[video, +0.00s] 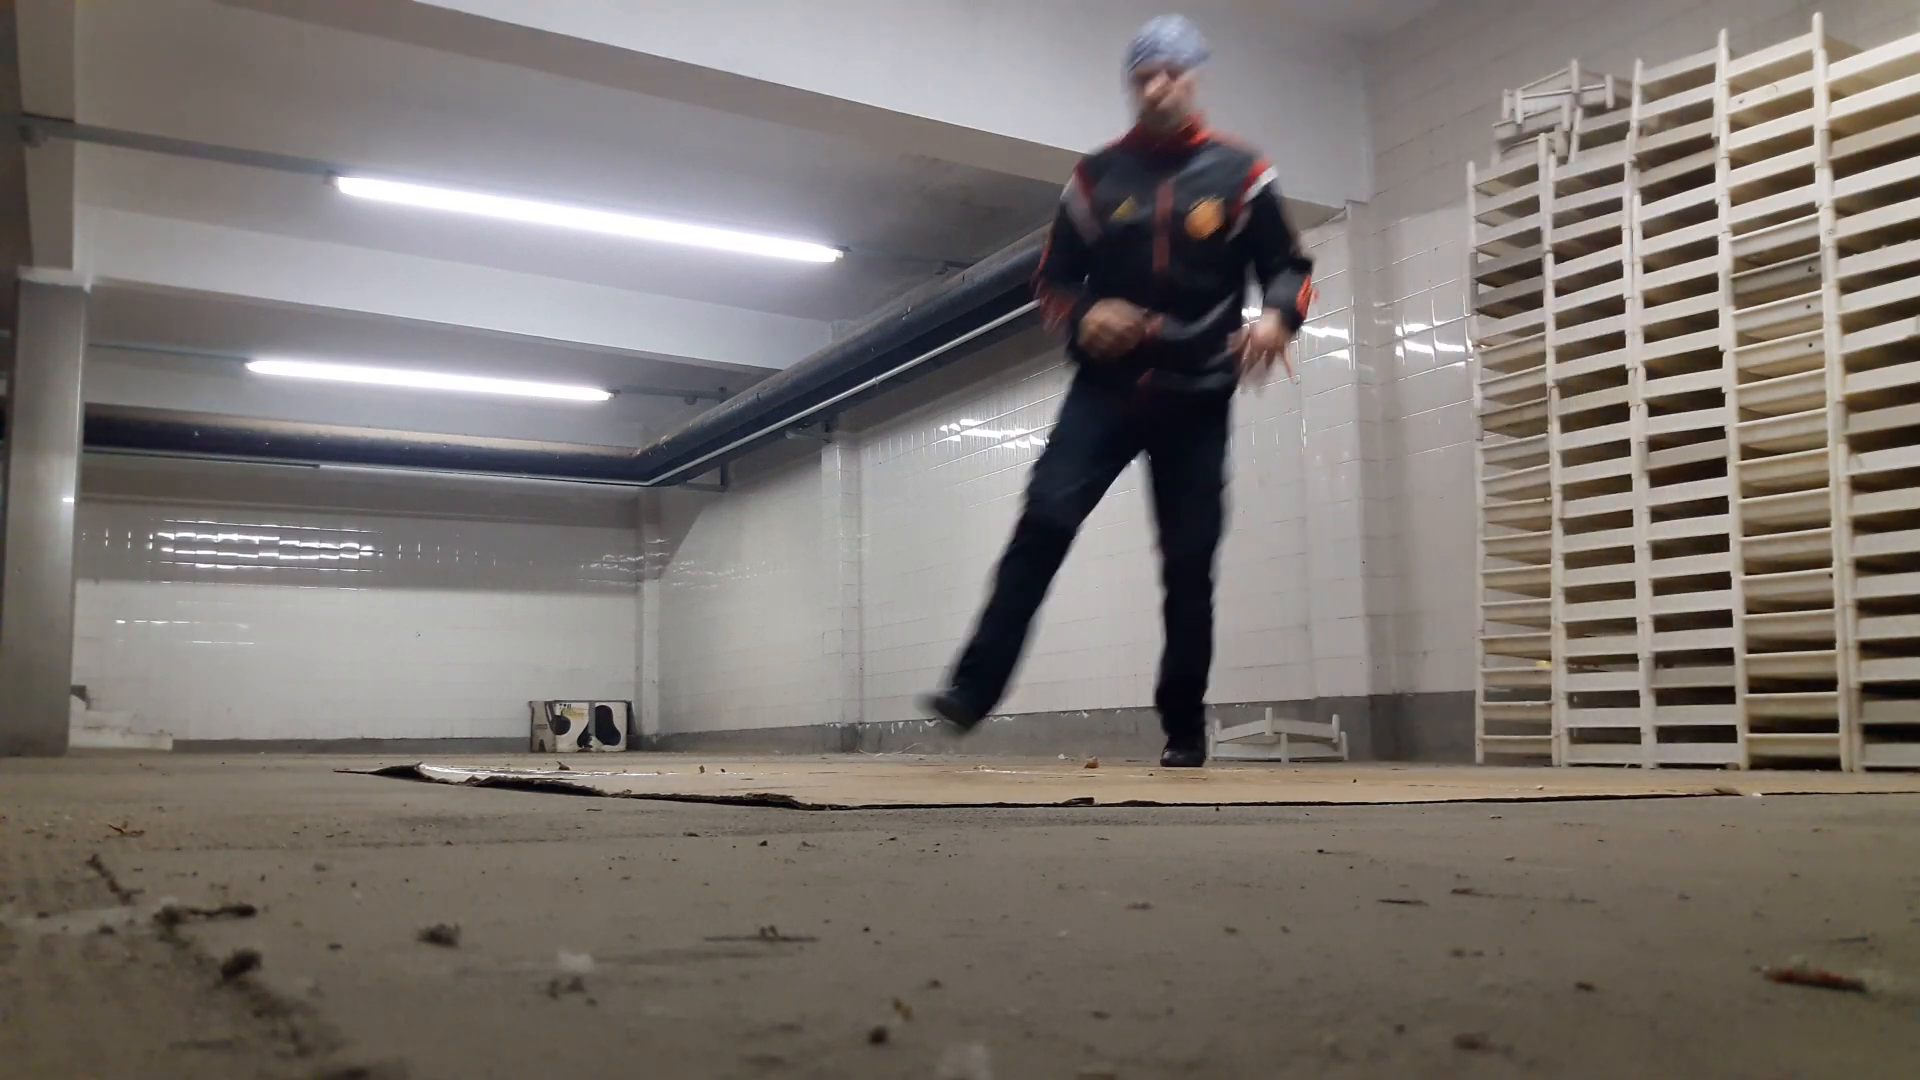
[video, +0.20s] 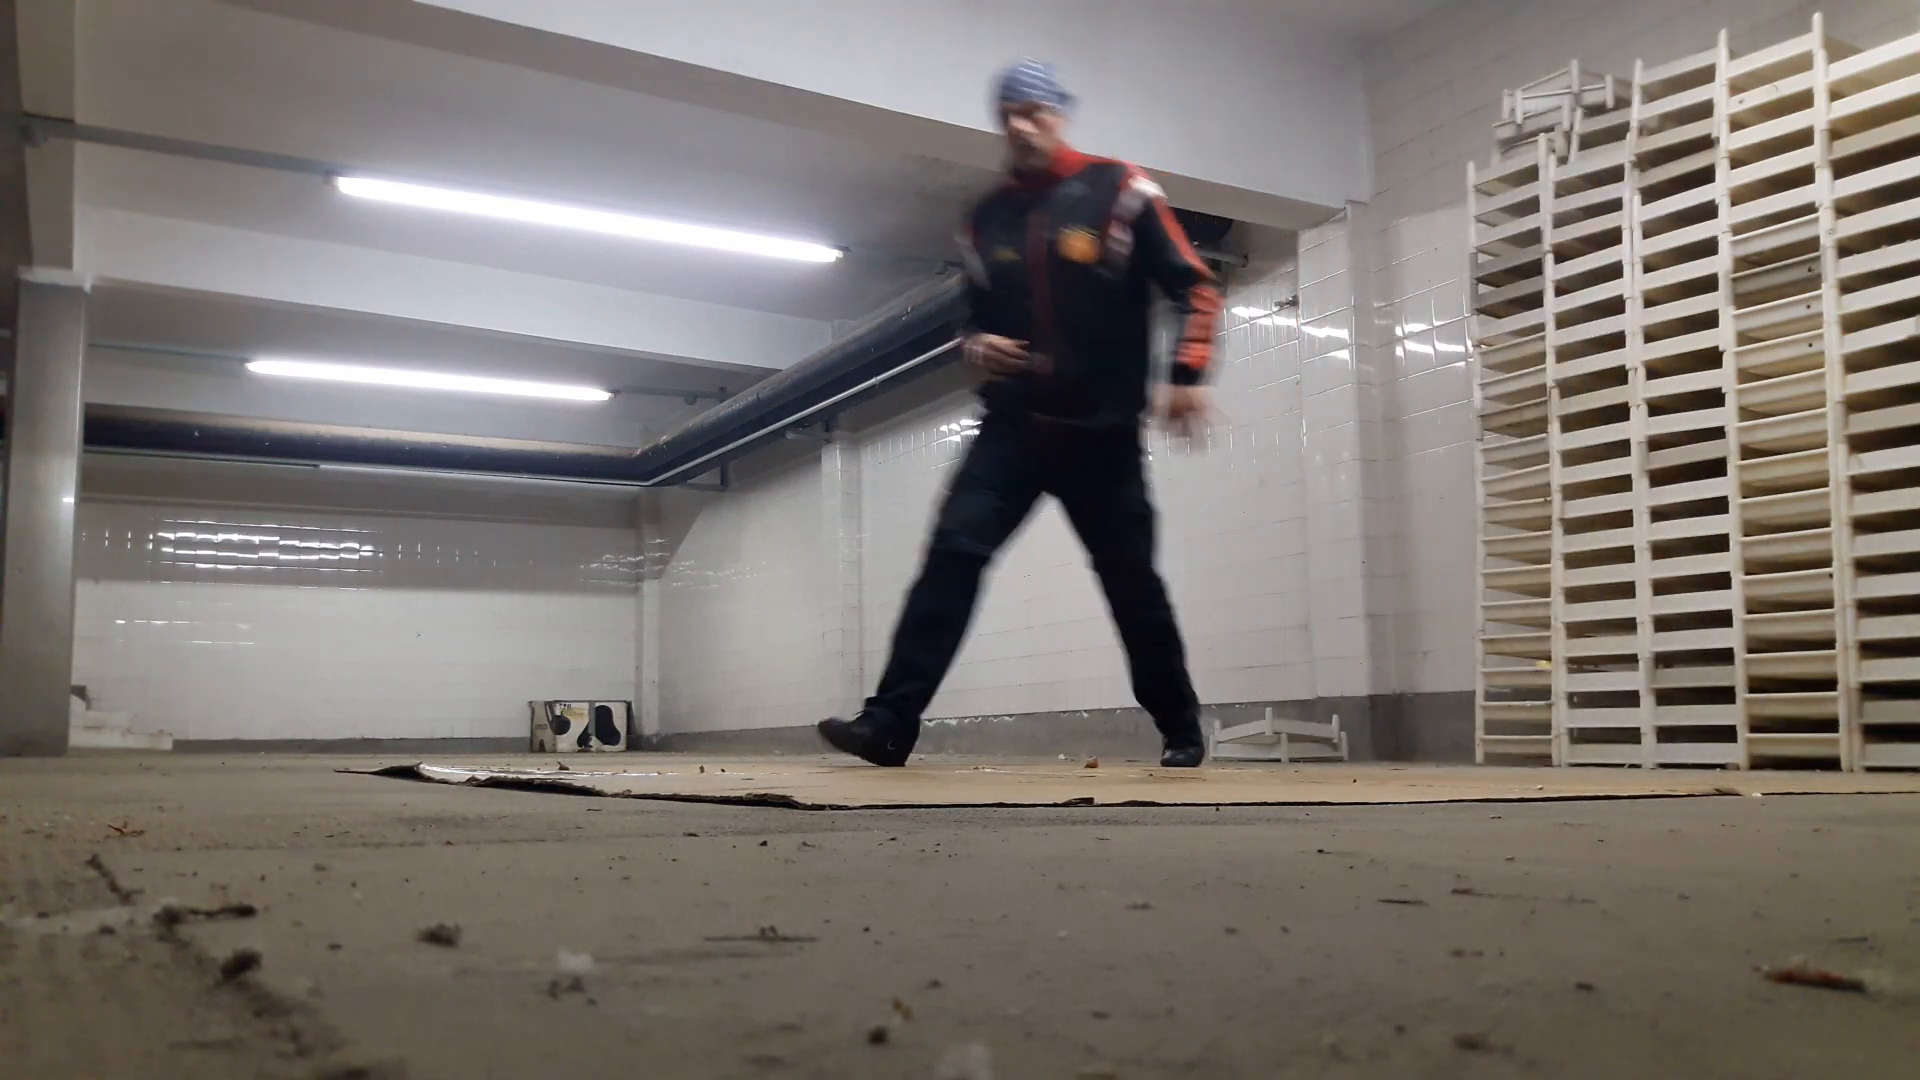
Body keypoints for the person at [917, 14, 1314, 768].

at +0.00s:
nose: (1159, 89)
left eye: (1172, 75)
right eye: (1145, 79)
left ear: (1198, 79)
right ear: (1130, 89)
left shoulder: (1240, 172)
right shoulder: (1097, 175)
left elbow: (1288, 266)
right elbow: (1052, 281)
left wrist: (1277, 317)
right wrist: (1084, 317)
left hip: (1195, 396)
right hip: (1106, 390)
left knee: (1190, 569)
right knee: (1044, 520)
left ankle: (1183, 728)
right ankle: (970, 692)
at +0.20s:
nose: (1022, 128)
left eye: (1034, 114)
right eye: (1010, 118)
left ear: (1063, 117)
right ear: (1000, 128)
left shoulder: (1119, 188)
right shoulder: (986, 219)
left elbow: (1196, 287)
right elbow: (973, 324)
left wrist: (1189, 376)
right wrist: (974, 348)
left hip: (1100, 434)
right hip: (1014, 431)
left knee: (1134, 590)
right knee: (952, 556)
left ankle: (1181, 729)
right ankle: (889, 724)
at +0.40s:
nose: (906, 93)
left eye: (919, 78)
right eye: (893, 81)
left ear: (948, 81)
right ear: (881, 90)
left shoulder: (1001, 153)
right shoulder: (874, 182)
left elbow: (1066, 271)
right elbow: (872, 277)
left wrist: (1012, 354)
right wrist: (855, 334)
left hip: (977, 390)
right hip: (900, 395)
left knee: (977, 524)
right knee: (858, 540)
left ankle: (1066, 655)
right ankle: (875, 730)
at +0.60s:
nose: (833, 14)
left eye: (846, 1)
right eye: (821, 5)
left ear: (878, 7)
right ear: (812, 18)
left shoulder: (924, 76)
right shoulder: (804, 108)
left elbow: (997, 198)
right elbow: (809, 224)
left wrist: (919, 277)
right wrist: (778, 268)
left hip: (902, 318)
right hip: (832, 327)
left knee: (852, 476)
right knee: (832, 494)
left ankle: (840, 698)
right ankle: (872, 704)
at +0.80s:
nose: (783, 13)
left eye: (799, 1)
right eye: (777, 3)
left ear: (839, 8)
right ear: (775, 17)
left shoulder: (877, 86)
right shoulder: (773, 115)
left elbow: (922, 219)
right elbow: (766, 242)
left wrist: (814, 301)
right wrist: (714, 295)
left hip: (815, 345)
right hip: (756, 341)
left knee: (714, 504)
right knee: (689, 506)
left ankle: (725, 733)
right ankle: (806, 668)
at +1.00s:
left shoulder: (878, 44)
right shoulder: (721, 44)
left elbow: (941, 185)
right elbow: (702, 161)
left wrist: (864, 266)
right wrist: (690, 229)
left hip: (823, 313)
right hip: (729, 304)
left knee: (787, 497)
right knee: (699, 497)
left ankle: (748, 722)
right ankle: (682, 714)